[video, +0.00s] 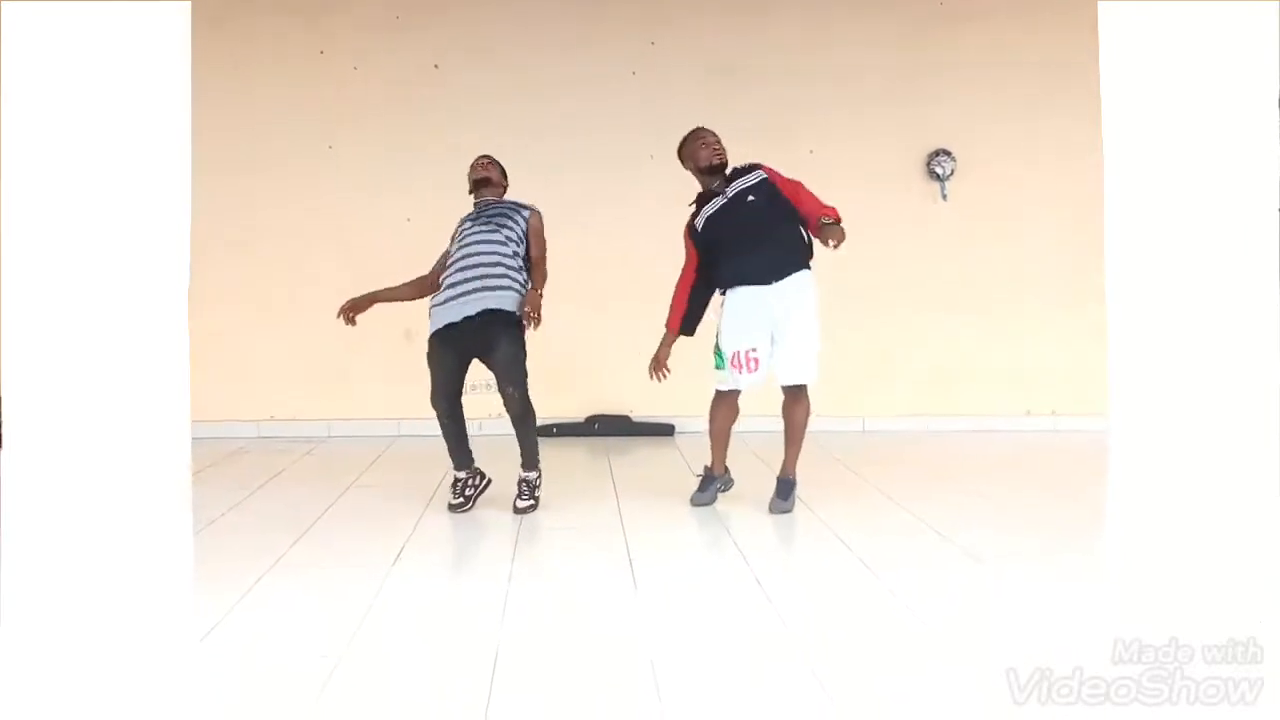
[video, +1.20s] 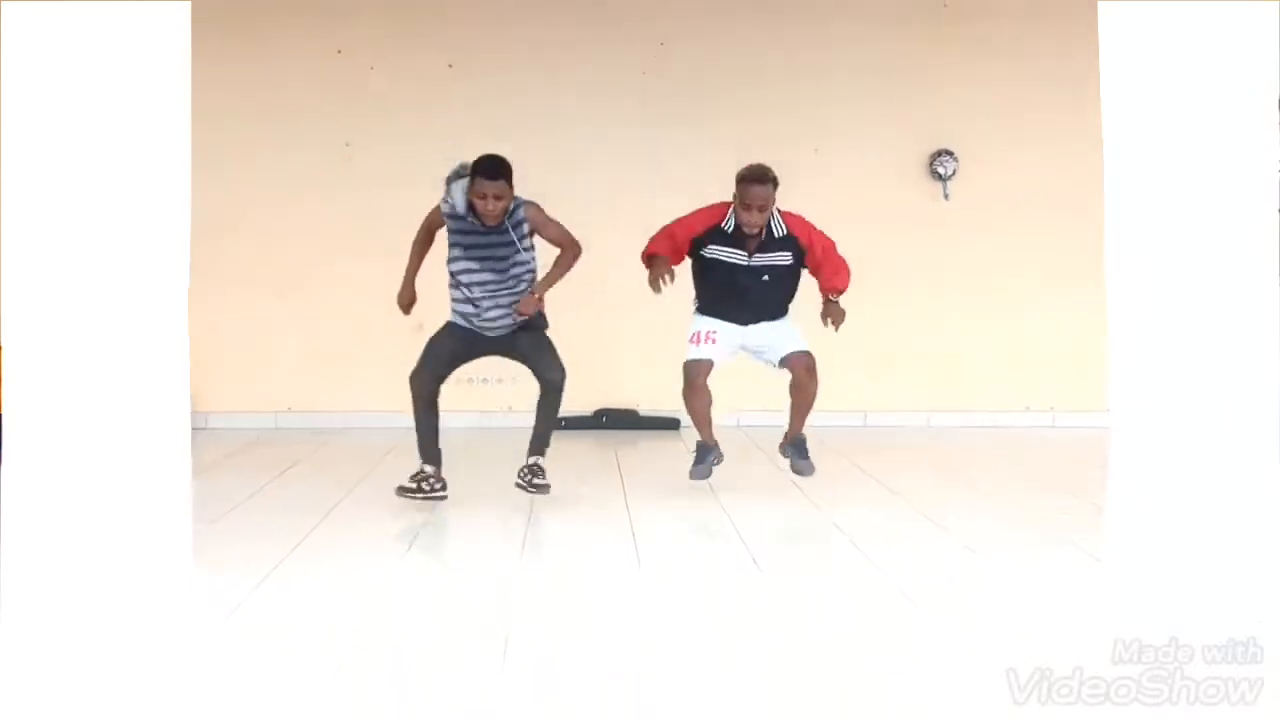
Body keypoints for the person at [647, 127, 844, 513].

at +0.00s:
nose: (714, 146)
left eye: (717, 141)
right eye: (702, 144)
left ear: (726, 152)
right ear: (688, 164)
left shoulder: (759, 175)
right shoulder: (699, 221)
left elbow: (801, 198)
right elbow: (692, 280)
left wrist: (827, 222)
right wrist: (668, 340)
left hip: (794, 290)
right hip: (742, 301)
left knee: (795, 386)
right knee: (727, 387)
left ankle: (787, 475)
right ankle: (717, 471)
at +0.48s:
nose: (660, 160)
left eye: (665, 150)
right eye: (659, 151)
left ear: (690, 147)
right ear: (680, 152)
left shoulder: (734, 158)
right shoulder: (688, 197)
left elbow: (784, 183)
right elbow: (693, 248)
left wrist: (793, 244)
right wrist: (682, 304)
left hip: (778, 267)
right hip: (732, 275)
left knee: (785, 355)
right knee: (721, 356)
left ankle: (784, 443)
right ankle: (719, 441)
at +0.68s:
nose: (697, 139)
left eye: (706, 130)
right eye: (693, 130)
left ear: (731, 126)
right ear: (691, 126)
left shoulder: (767, 164)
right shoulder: (692, 167)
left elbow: (797, 218)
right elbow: (682, 222)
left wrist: (799, 273)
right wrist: (676, 276)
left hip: (765, 277)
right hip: (712, 277)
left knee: (781, 358)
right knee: (697, 358)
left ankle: (777, 436)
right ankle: (709, 438)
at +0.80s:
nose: (731, 130)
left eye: (739, 121)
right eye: (724, 121)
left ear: (753, 114)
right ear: (713, 115)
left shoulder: (778, 150)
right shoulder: (695, 150)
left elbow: (791, 186)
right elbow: (677, 193)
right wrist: (657, 232)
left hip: (767, 266)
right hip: (715, 267)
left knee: (782, 351)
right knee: (708, 354)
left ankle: (777, 432)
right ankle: (707, 437)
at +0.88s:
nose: (735, 129)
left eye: (743, 120)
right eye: (727, 119)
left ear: (757, 114)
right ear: (717, 114)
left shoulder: (782, 152)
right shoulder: (697, 147)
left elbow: (802, 197)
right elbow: (669, 183)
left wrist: (804, 244)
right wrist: (641, 220)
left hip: (767, 260)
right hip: (715, 261)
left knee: (788, 337)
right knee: (704, 344)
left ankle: (780, 424)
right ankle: (704, 432)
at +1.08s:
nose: (750, 161)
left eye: (759, 153)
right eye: (743, 151)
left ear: (772, 150)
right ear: (732, 146)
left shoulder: (790, 192)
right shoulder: (707, 179)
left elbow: (815, 232)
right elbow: (664, 196)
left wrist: (827, 268)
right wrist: (622, 218)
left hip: (768, 304)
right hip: (717, 301)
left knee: (788, 381)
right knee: (704, 379)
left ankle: (801, 472)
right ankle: (698, 473)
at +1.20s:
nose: (753, 217)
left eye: (762, 209)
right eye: (746, 208)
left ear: (773, 203)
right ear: (735, 199)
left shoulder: (794, 229)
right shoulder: (712, 219)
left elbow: (829, 258)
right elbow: (670, 236)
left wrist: (832, 297)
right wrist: (658, 258)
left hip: (770, 323)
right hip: (715, 322)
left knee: (805, 367)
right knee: (693, 375)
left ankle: (793, 439)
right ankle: (708, 445)